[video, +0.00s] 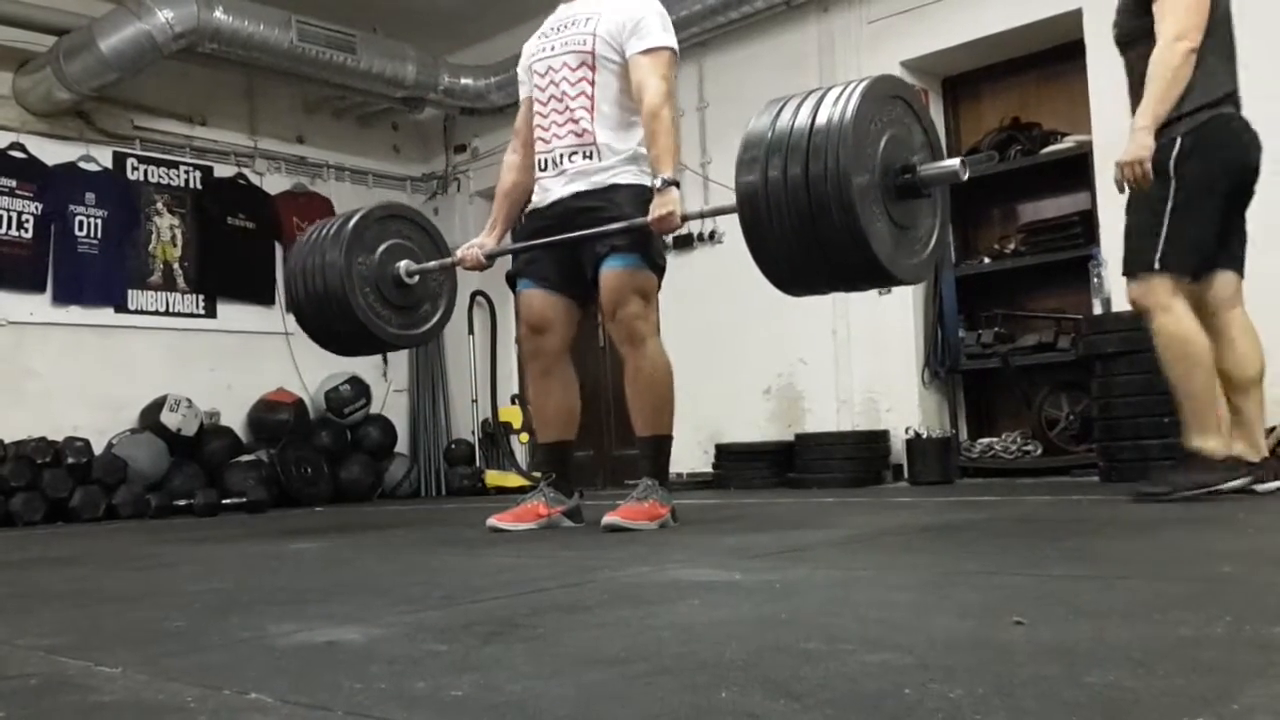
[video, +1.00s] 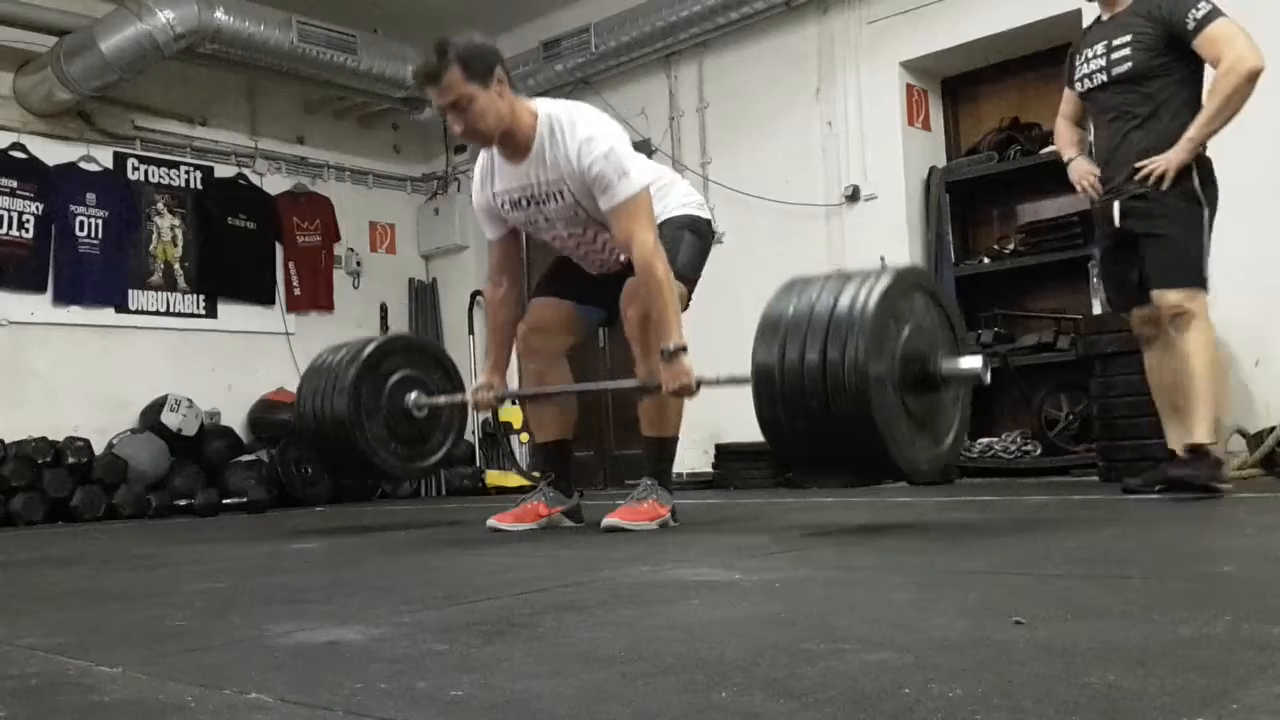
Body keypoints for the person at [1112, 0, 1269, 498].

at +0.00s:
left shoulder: (1177, 1)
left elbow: (1181, 44)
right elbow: (1180, 50)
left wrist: (1141, 131)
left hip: (1190, 136)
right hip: (1222, 132)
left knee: (1154, 291)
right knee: (1220, 299)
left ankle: (1208, 453)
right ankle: (1250, 454)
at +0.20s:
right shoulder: (1126, 11)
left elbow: (1189, 27)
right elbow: (1135, 90)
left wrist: (1141, 122)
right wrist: (1108, 167)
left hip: (1165, 148)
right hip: (1181, 146)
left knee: (1146, 302)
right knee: (1192, 305)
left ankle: (1162, 462)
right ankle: (1245, 450)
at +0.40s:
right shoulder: (1099, 11)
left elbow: (1197, 16)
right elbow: (1119, 85)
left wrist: (1147, 112)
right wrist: (1085, 147)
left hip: (1151, 146)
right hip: (1120, 155)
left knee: (1151, 301)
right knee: (1100, 305)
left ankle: (1162, 463)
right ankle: (1219, 423)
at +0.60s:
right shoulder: (1090, 12)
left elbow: (1211, 28)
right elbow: (1109, 81)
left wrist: (1143, 112)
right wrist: (1090, 143)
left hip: (1144, 158)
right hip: (1102, 168)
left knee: (1144, 301)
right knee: (1104, 313)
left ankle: (1164, 463)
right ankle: (1176, 446)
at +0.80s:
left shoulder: (1160, 2)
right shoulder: (1086, 34)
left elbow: (1220, 54)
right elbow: (1073, 107)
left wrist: (1157, 139)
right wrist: (1071, 148)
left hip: (1156, 173)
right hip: (1113, 183)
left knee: (1152, 308)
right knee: (1137, 312)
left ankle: (1163, 460)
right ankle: (1185, 456)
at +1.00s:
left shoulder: (1168, 6)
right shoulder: (1084, 46)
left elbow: (1243, 61)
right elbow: (1066, 122)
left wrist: (1185, 146)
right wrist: (1073, 159)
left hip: (1170, 183)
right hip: (1114, 195)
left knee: (1178, 307)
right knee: (1145, 322)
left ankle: (1201, 454)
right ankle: (1179, 457)